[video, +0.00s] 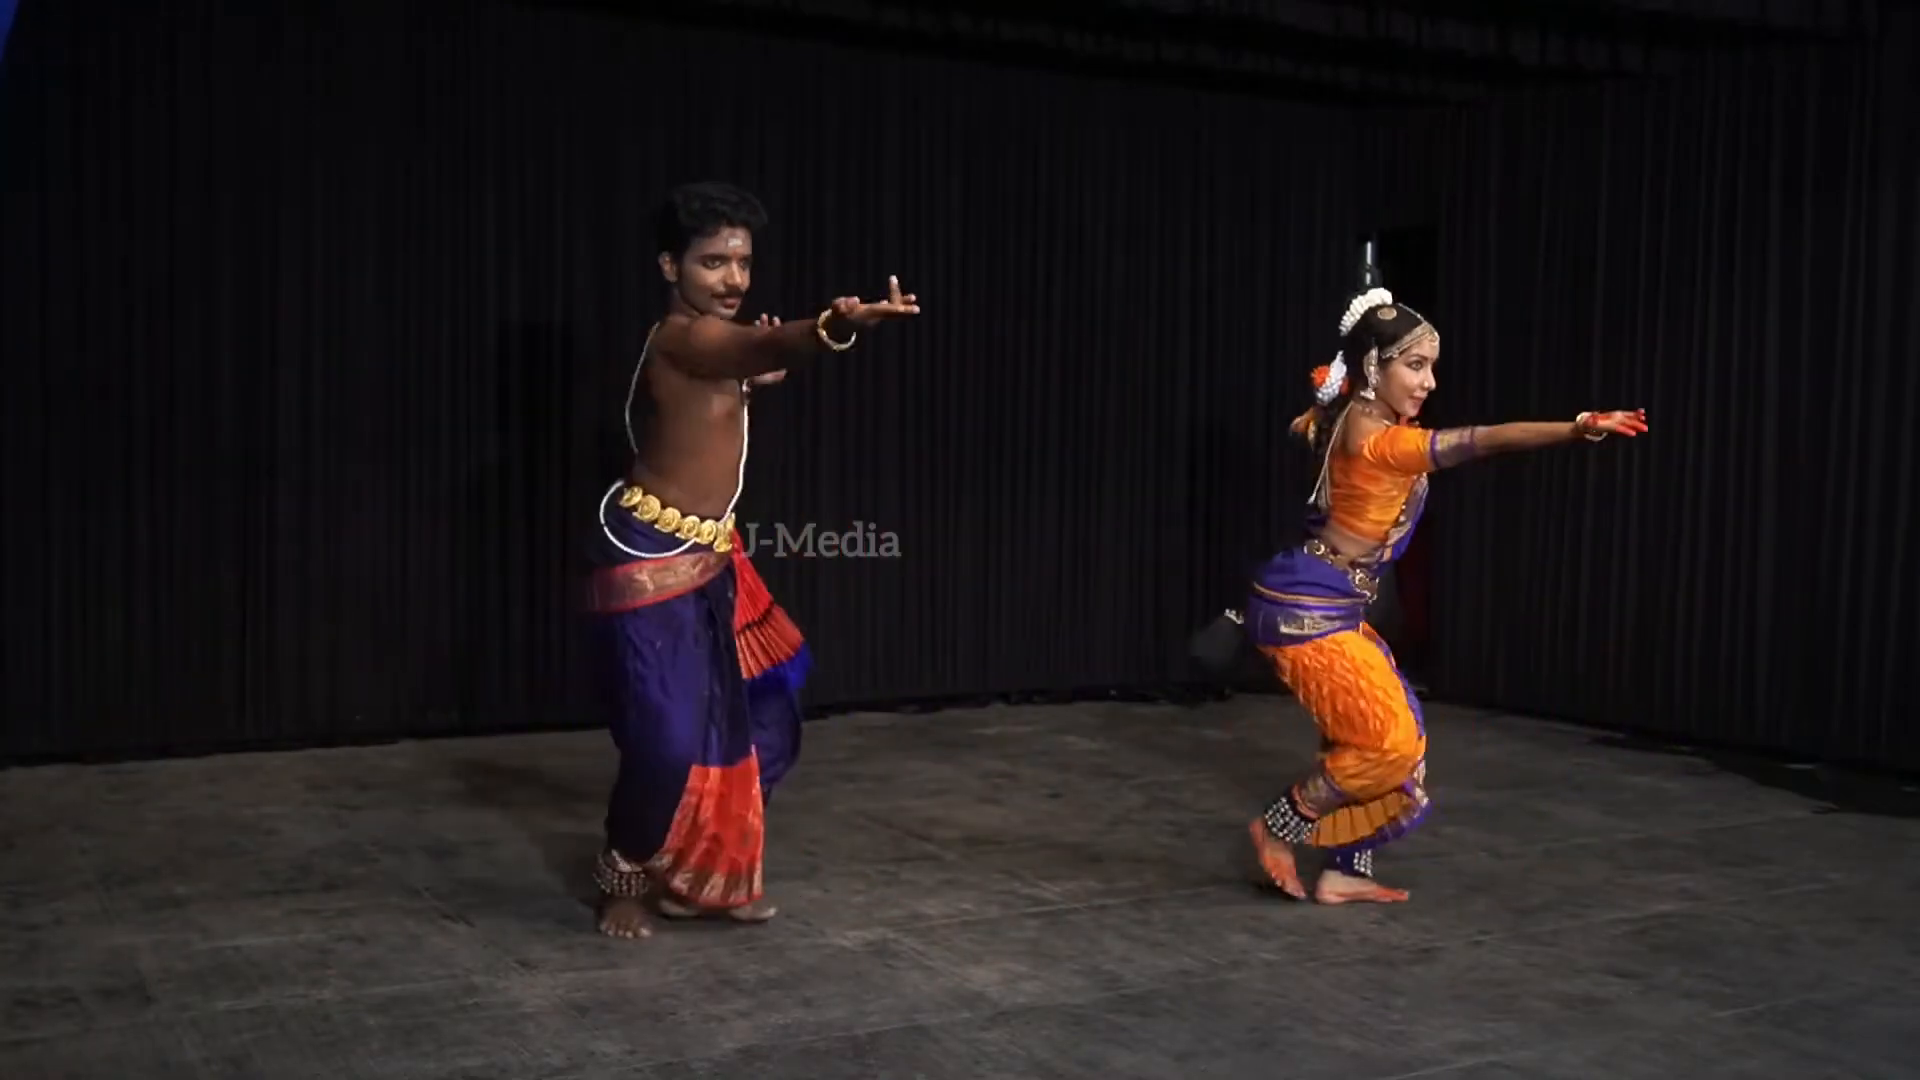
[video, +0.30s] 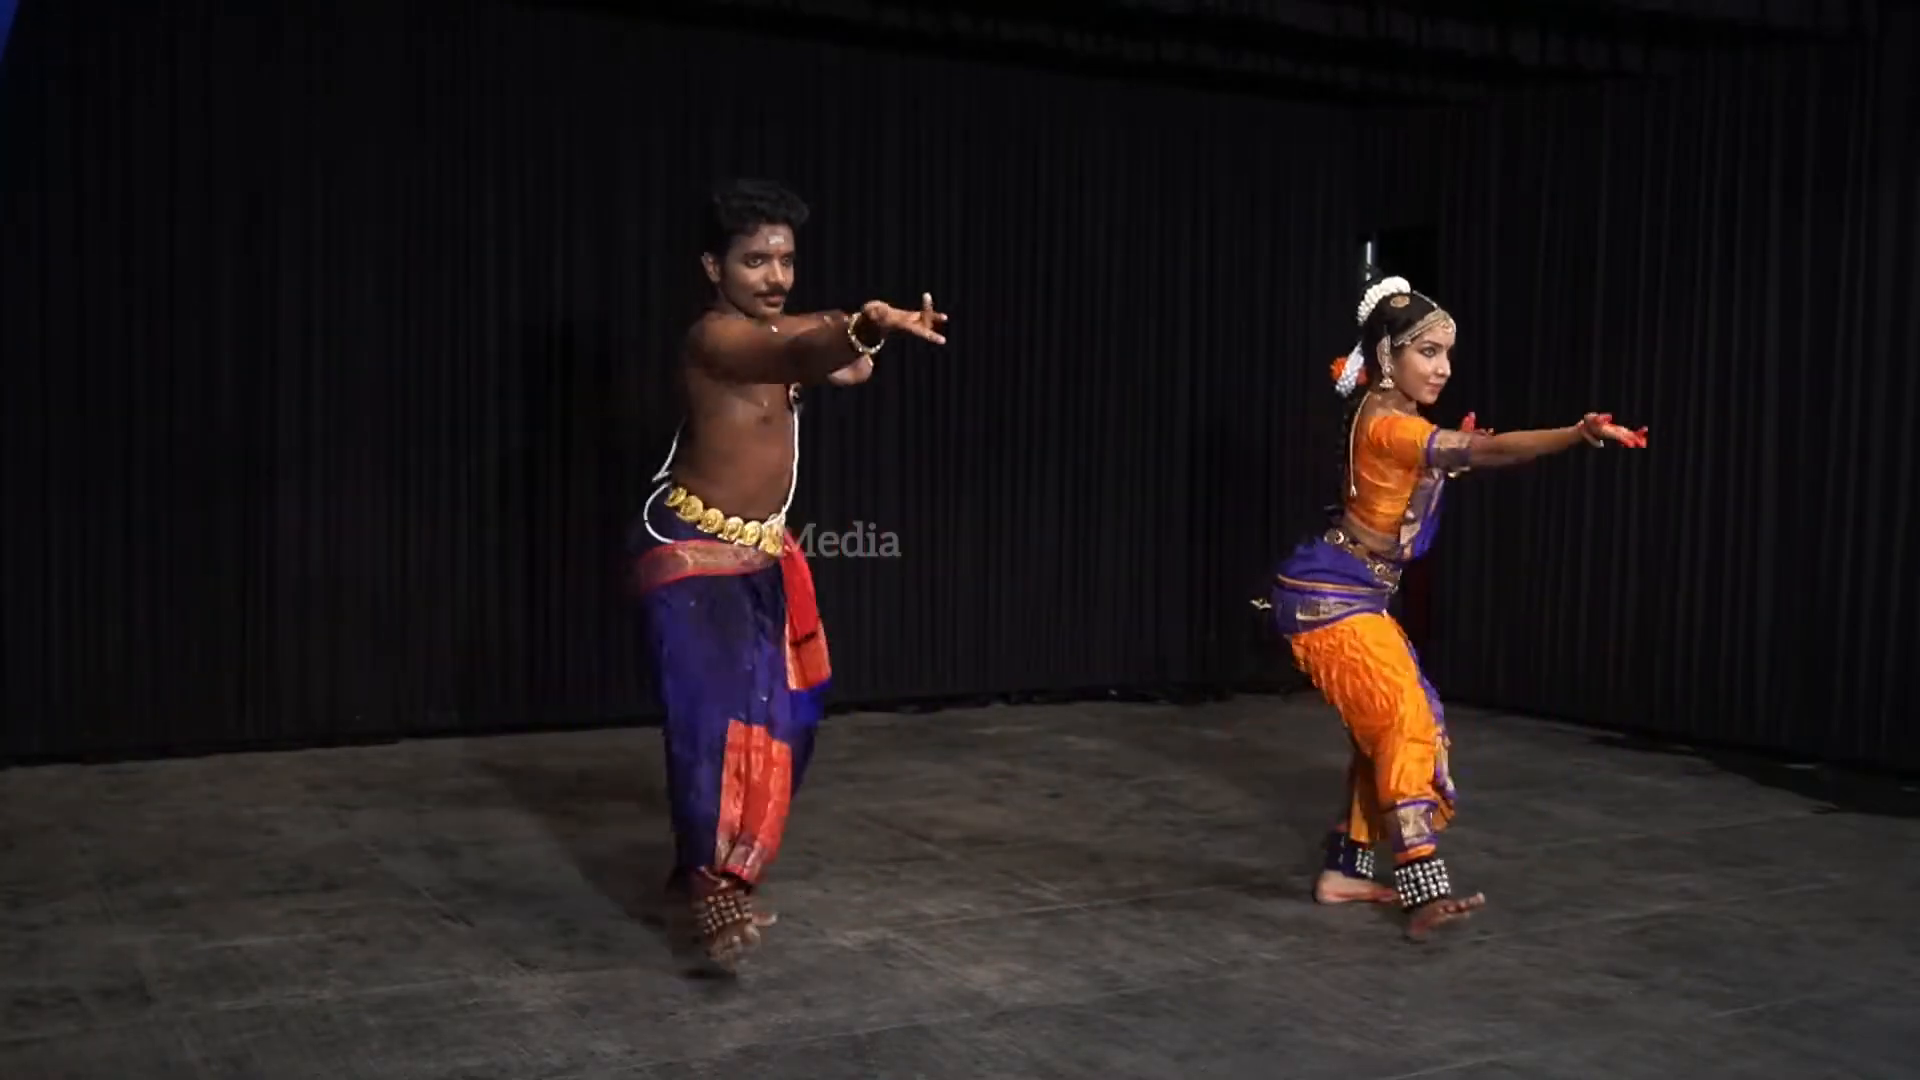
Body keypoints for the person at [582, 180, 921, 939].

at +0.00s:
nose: (734, 280)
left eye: (743, 262)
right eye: (714, 263)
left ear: (752, 262)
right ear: (671, 269)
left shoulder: (721, 330)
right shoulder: (680, 336)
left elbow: (722, 374)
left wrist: (759, 371)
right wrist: (837, 324)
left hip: (711, 550)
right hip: (649, 552)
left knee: (753, 704)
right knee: (668, 735)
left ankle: (702, 867)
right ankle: (626, 875)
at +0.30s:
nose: (776, 276)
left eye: (785, 261)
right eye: (756, 261)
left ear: (795, 262)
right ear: (715, 270)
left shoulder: (781, 332)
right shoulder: (712, 335)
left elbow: (796, 368)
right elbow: (791, 347)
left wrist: (840, 365)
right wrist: (855, 320)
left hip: (763, 550)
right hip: (693, 549)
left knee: (783, 712)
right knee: (711, 713)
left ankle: (726, 874)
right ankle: (711, 887)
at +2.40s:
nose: (1172, 298)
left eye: (1188, 281)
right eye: (1155, 283)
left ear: (1217, 289)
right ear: (1135, 296)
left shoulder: (1274, 354)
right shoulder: (1107, 405)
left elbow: (1412, 301)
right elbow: (1037, 524)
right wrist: (1139, 544)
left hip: (1271, 602)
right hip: (1159, 609)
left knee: (1283, 792)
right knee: (1060, 756)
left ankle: (1218, 932)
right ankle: (939, 894)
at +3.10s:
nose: (1095, 345)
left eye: (1097, 323)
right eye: (1085, 331)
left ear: (1143, 291)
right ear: (1120, 312)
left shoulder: (1230, 291)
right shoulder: (1146, 415)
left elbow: (1129, 181)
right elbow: (1181, 537)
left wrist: (1011, 199)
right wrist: (1281, 547)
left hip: (1324, 532)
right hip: (1226, 544)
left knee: (1290, 745)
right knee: (1070, 559)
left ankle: (1223, 922)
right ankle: (1191, 722)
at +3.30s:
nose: (1091, 349)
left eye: (1093, 327)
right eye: (1082, 335)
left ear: (1140, 296)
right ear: (1119, 315)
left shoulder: (1224, 293)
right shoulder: (1145, 418)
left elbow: (1123, 186)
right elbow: (1178, 540)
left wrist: (1006, 207)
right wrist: (1279, 543)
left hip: (1325, 535)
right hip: (1229, 546)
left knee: (1291, 747)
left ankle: (1222, 924)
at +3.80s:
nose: (1087, 350)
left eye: (1090, 328)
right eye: (1078, 336)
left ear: (1134, 296)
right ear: (1112, 317)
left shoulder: (1218, 292)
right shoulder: (1139, 420)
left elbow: (1116, 188)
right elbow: (1174, 540)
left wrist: (1001, 207)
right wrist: (1272, 543)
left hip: (1322, 532)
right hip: (1225, 547)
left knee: (1292, 744)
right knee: (1066, 565)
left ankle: (1224, 926)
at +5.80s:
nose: (657, 307)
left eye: (665, 293)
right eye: (646, 289)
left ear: (669, 295)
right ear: (600, 278)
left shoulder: (653, 375)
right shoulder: (521, 325)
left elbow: (611, 448)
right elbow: (394, 304)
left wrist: (495, 441)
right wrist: (465, 352)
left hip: (589, 549)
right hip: (497, 540)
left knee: (614, 706)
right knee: (425, 665)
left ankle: (559, 843)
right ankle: (475, 809)